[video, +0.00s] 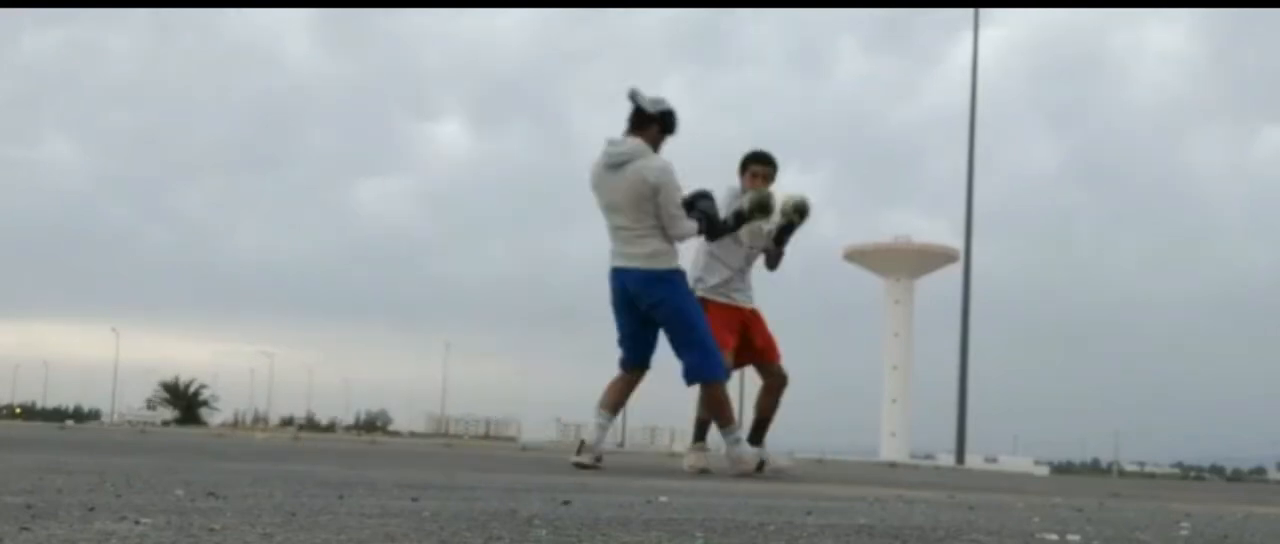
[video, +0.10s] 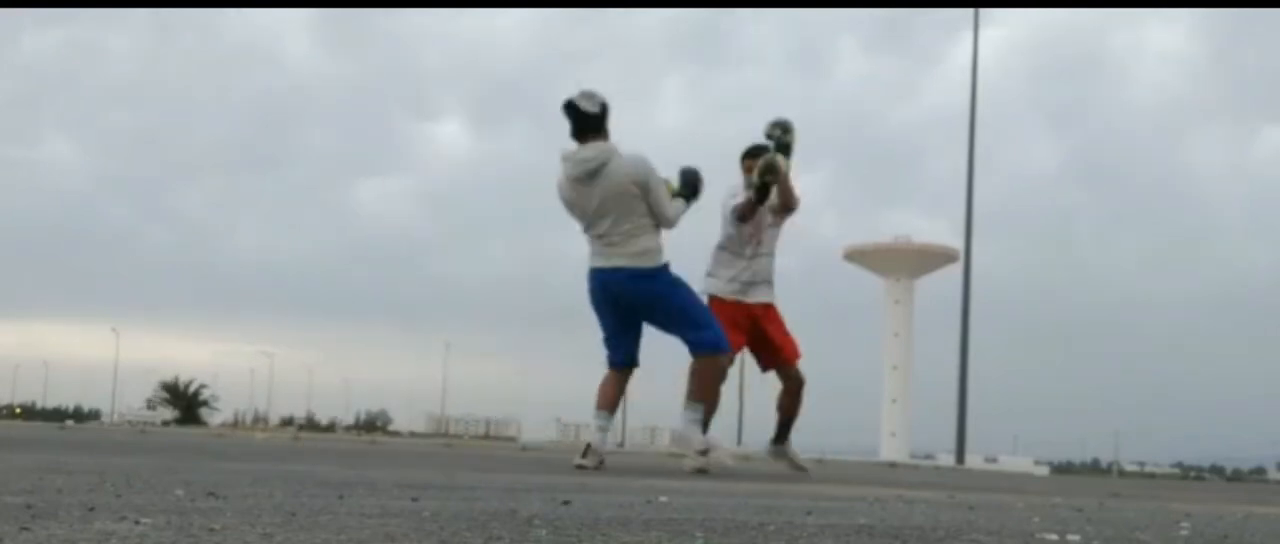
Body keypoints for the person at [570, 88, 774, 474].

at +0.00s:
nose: (662, 145)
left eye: (664, 137)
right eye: (663, 136)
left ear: (631, 125)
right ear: (653, 129)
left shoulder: (601, 168)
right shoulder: (656, 169)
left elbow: (629, 211)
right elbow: (677, 230)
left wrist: (681, 206)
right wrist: (702, 219)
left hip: (623, 276)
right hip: (661, 278)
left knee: (632, 365)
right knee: (708, 363)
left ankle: (592, 444)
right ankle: (738, 450)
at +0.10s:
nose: (604, 127)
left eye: (577, 125)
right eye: (604, 121)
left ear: (572, 128)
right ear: (606, 123)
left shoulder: (567, 183)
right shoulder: (634, 166)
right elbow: (667, 217)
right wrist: (686, 196)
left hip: (603, 278)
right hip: (647, 275)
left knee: (620, 364)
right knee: (712, 347)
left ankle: (595, 444)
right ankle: (691, 435)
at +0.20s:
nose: (560, 132)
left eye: (550, 129)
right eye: (571, 124)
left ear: (545, 133)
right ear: (579, 124)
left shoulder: (541, 185)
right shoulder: (614, 163)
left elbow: (560, 232)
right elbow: (646, 215)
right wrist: (645, 185)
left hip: (584, 270)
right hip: (627, 265)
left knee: (605, 361)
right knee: (672, 346)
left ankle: (594, 444)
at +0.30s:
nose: (555, 120)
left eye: (540, 115)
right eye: (563, 112)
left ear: (533, 120)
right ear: (570, 112)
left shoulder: (528, 174)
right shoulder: (600, 154)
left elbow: (536, 233)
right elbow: (631, 211)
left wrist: (560, 209)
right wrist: (599, 200)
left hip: (568, 264)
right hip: (611, 259)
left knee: (594, 355)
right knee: (631, 355)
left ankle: (588, 446)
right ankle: (583, 398)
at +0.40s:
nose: (567, 102)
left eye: (556, 97)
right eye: (565, 97)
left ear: (526, 101)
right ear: (561, 98)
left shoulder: (507, 156)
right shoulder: (579, 145)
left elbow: (502, 221)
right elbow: (608, 205)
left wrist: (531, 200)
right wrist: (581, 186)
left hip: (535, 256)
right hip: (577, 254)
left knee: (568, 348)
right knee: (570, 350)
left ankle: (582, 439)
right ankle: (533, 424)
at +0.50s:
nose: (562, 107)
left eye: (557, 100)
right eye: (560, 100)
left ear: (518, 98)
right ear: (552, 101)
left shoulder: (486, 145)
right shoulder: (554, 146)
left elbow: (468, 209)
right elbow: (567, 213)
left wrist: (500, 213)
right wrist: (571, 202)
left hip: (492, 255)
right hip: (534, 255)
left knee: (537, 344)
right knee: (544, 352)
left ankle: (544, 434)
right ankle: (516, 438)